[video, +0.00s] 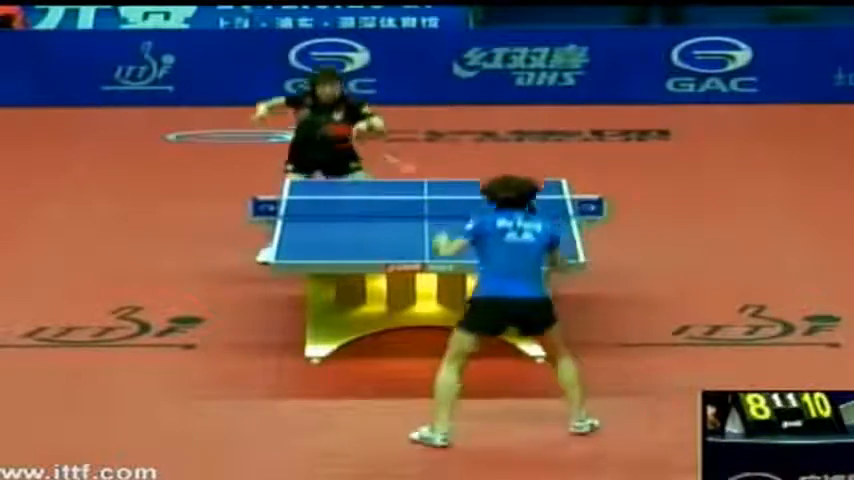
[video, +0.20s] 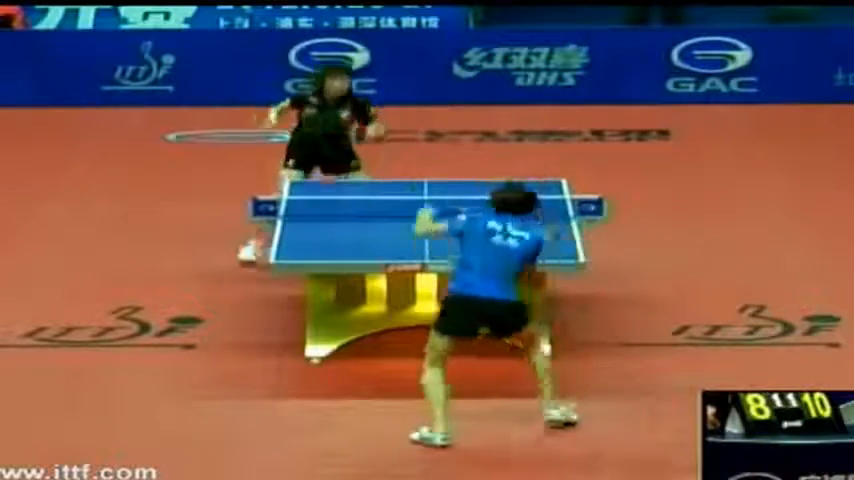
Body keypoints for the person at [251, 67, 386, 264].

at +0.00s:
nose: (327, 92)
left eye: (332, 86)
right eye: (323, 86)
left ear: (340, 88)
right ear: (315, 88)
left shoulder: (350, 106)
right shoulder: (305, 101)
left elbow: (378, 124)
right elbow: (279, 104)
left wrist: (366, 127)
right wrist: (264, 109)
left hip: (342, 165)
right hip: (303, 164)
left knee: (371, 197)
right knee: (289, 204)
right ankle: (277, 245)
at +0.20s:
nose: (339, 86)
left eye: (343, 80)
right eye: (334, 80)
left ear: (349, 83)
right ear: (324, 81)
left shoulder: (355, 104)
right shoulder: (307, 98)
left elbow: (376, 127)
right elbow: (282, 108)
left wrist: (369, 133)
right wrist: (273, 116)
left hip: (339, 156)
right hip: (302, 158)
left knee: (365, 194)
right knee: (287, 201)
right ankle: (258, 243)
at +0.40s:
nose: (330, 97)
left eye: (334, 92)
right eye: (326, 92)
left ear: (340, 96)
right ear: (316, 94)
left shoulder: (344, 116)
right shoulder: (293, 112)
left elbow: (354, 137)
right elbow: (257, 126)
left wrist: (358, 147)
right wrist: (265, 136)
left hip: (322, 165)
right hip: (287, 166)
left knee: (349, 198)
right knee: (272, 211)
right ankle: (234, 247)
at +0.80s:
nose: (325, 102)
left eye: (329, 97)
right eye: (321, 96)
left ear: (334, 100)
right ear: (311, 96)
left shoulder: (336, 120)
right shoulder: (288, 111)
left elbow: (360, 138)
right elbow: (246, 123)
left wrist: (362, 152)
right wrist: (262, 133)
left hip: (315, 166)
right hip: (277, 165)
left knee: (343, 202)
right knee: (260, 210)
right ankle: (224, 247)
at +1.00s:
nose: (318, 124)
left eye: (323, 120)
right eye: (315, 118)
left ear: (329, 120)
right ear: (306, 115)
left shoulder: (332, 131)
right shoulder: (284, 123)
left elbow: (361, 155)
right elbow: (239, 132)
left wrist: (350, 165)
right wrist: (252, 143)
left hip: (306, 176)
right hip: (273, 172)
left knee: (316, 213)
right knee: (259, 210)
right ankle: (224, 247)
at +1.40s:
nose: (317, 109)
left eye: (321, 104)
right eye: (312, 105)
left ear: (327, 104)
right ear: (303, 106)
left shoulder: (334, 118)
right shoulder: (290, 111)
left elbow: (362, 141)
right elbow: (254, 111)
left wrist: (355, 136)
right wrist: (247, 118)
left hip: (321, 160)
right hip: (288, 158)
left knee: (337, 204)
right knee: (260, 206)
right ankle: (225, 246)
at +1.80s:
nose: (313, 99)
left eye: (317, 95)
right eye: (309, 93)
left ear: (323, 97)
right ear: (298, 93)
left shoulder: (325, 118)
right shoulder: (279, 107)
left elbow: (340, 138)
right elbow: (249, 121)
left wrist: (341, 146)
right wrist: (243, 133)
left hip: (304, 165)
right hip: (269, 163)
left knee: (328, 202)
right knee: (247, 211)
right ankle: (205, 250)